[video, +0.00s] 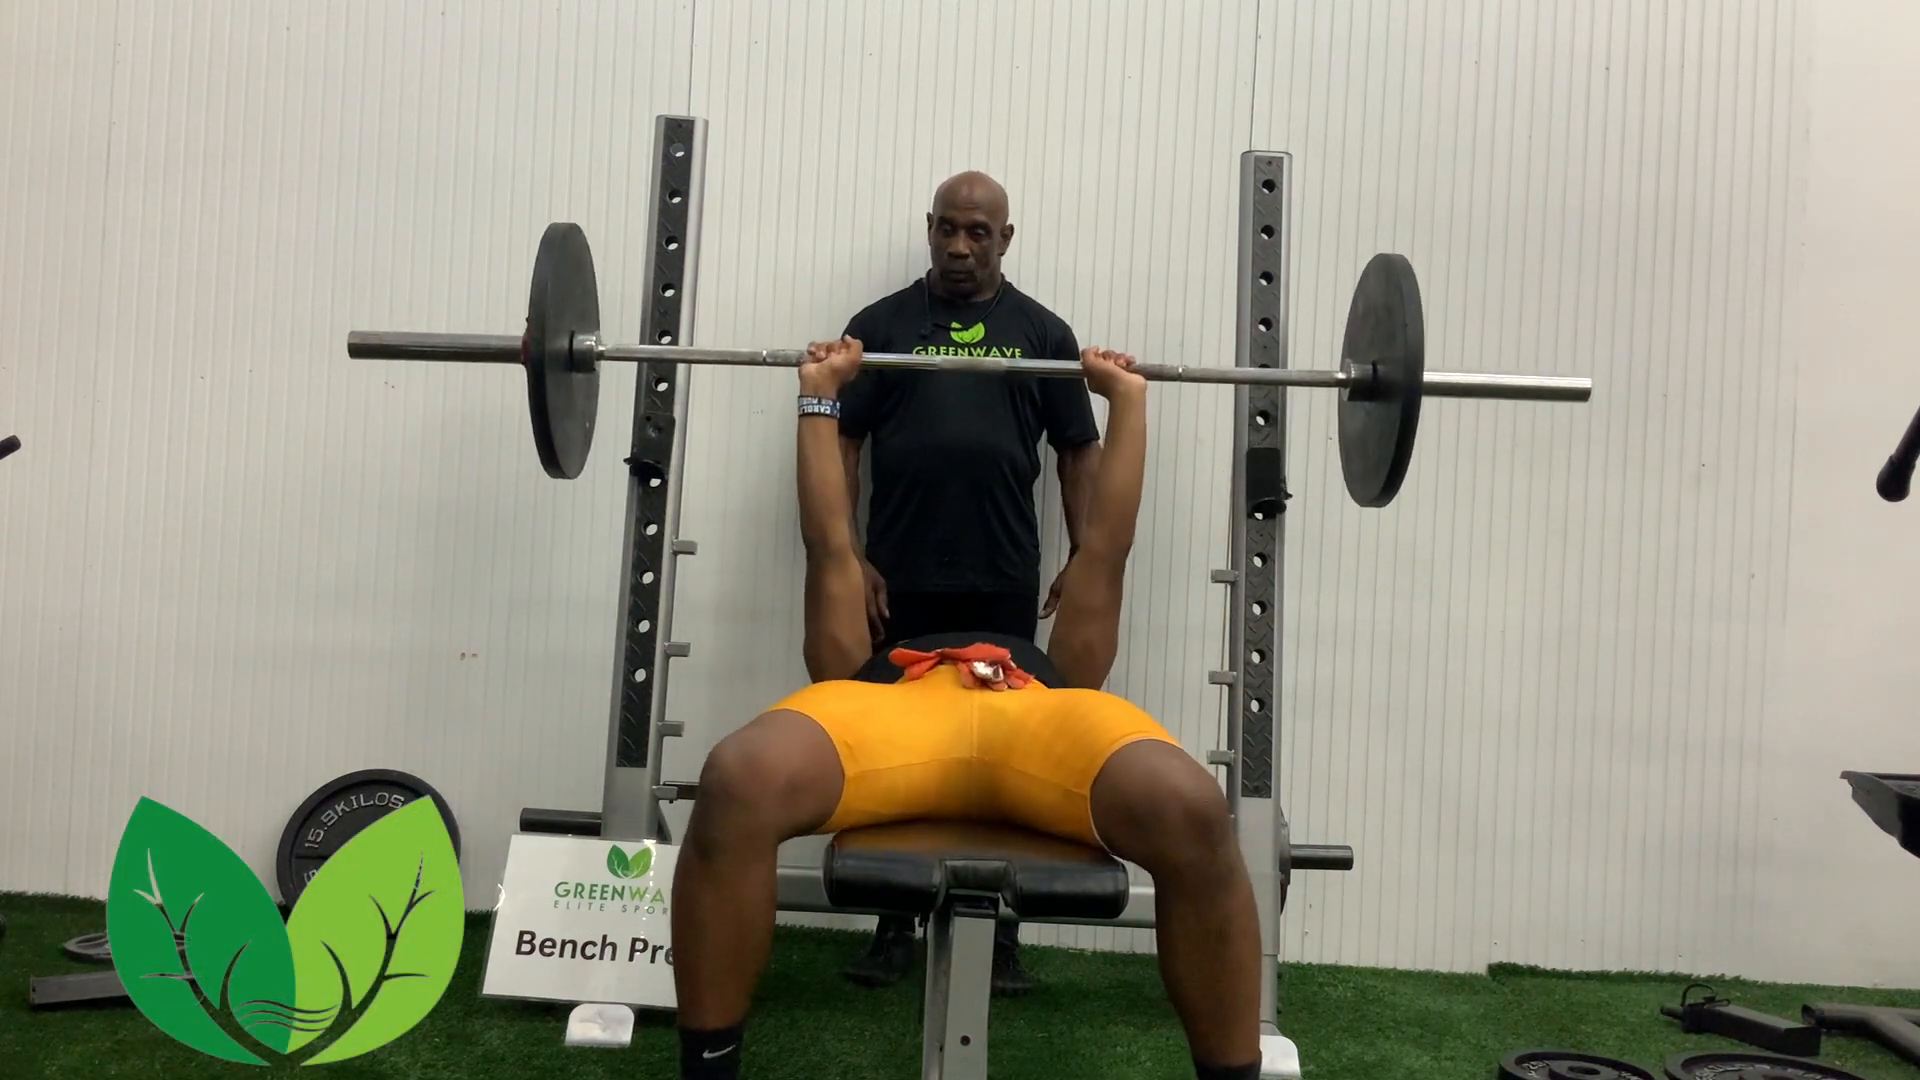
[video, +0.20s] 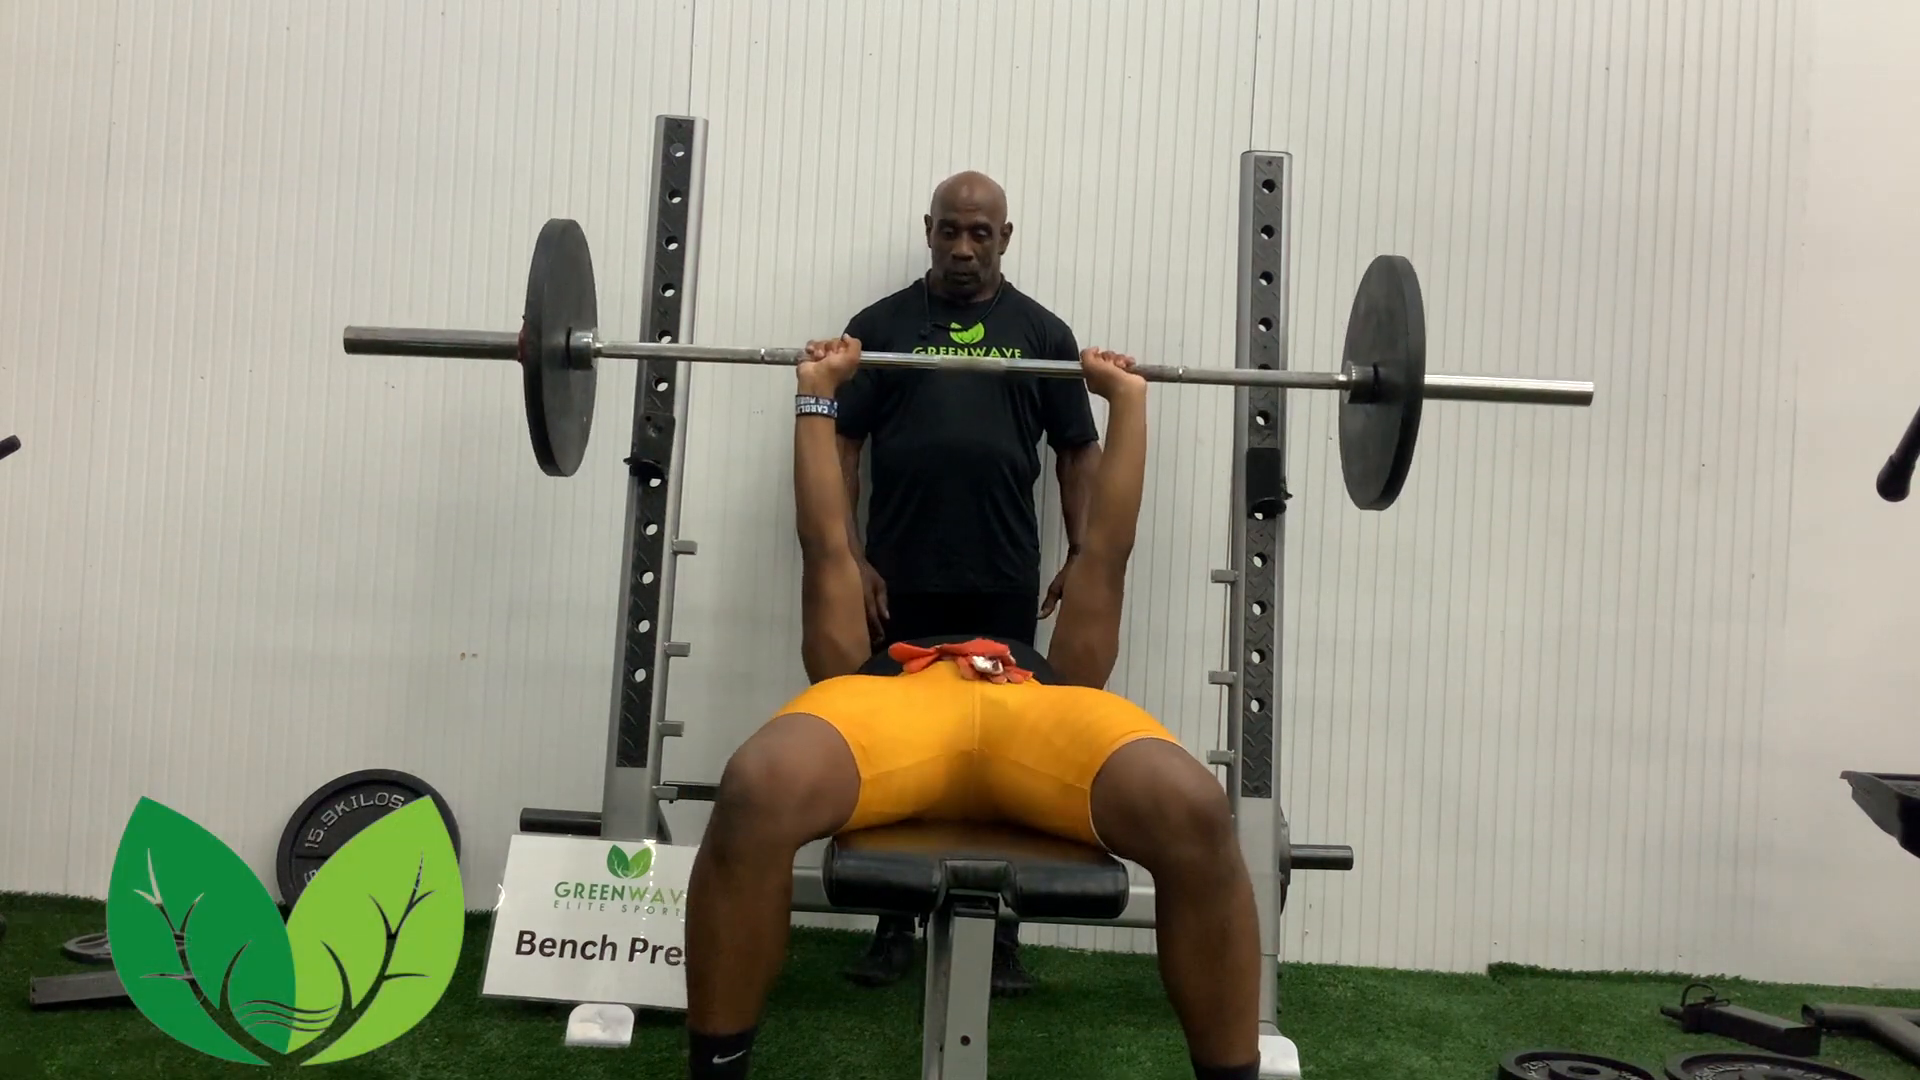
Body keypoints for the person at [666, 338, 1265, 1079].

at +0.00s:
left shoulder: (1064, 683)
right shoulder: (856, 676)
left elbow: (1104, 545)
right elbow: (828, 542)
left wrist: (1129, 394)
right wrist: (819, 398)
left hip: (1046, 708)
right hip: (885, 696)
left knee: (1194, 811)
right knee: (737, 781)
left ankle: (1232, 1069)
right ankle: (709, 1062)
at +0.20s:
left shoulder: (1064, 688)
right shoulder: (858, 676)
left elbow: (1105, 550)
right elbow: (827, 545)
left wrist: (1128, 396)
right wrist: (816, 401)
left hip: (1045, 706)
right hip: (888, 690)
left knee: (1196, 810)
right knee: (755, 789)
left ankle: (1234, 1073)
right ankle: (716, 1070)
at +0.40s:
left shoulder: (1064, 684)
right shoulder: (859, 677)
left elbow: (1107, 551)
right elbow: (826, 543)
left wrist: (1128, 397)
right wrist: (814, 399)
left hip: (1049, 710)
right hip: (887, 701)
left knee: (1192, 814)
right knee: (750, 789)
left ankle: (1232, 1074)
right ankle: (716, 1070)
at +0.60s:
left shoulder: (1063, 682)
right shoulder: (852, 677)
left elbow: (1129, 572)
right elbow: (796, 564)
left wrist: (1130, 423)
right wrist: (810, 420)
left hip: (1040, 703)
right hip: (885, 693)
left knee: (1190, 809)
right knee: (752, 786)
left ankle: (1229, 1068)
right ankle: (716, 1061)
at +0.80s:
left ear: (1029, 676)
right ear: (901, 660)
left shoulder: (1056, 686)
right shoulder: (861, 680)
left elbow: (1142, 639)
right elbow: (766, 626)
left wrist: (1131, 493)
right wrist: (803, 487)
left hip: (1044, 711)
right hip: (883, 706)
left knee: (1190, 815)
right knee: (755, 785)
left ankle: (1232, 1071)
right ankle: (715, 1065)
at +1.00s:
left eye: (995, 666)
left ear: (1011, 678)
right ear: (896, 660)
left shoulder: (1041, 692)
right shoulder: (873, 684)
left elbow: (1144, 732)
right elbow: (758, 732)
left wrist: (1130, 590)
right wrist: (798, 589)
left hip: (1035, 713)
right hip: (882, 702)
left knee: (1188, 817)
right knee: (752, 788)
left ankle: (1230, 1072)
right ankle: (713, 1065)